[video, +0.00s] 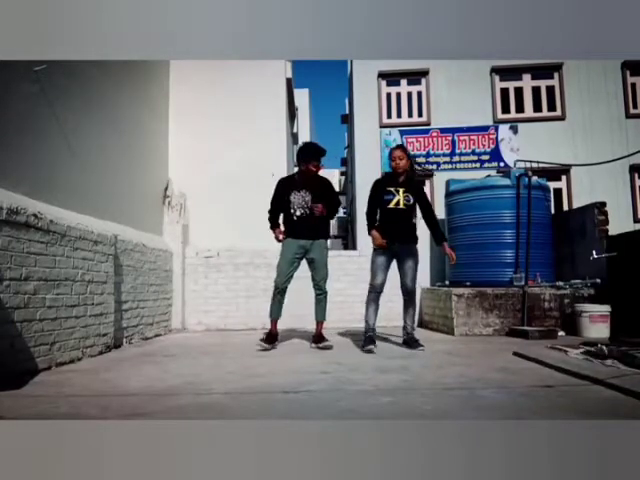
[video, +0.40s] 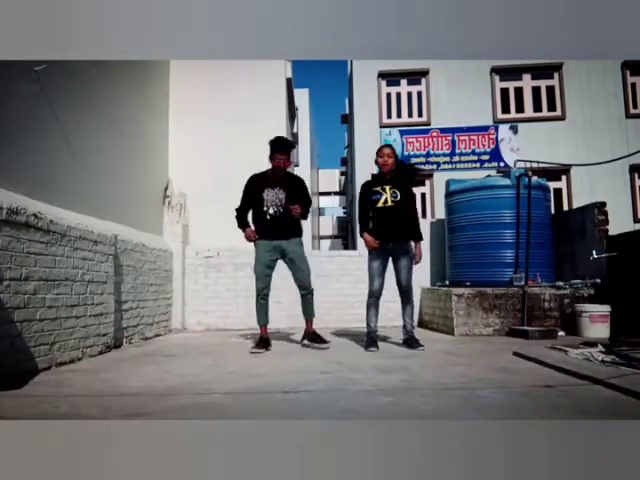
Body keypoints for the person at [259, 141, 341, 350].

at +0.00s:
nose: (320, 166)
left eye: (320, 162)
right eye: (316, 162)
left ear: (315, 162)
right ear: (305, 163)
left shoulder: (324, 183)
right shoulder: (285, 184)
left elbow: (335, 205)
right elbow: (274, 210)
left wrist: (325, 212)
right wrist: (275, 227)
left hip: (318, 241)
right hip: (293, 240)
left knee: (320, 286)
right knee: (280, 284)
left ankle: (319, 331)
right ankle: (273, 330)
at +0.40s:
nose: (281, 162)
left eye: (285, 158)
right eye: (277, 158)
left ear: (289, 159)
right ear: (271, 158)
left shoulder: (296, 182)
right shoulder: (256, 181)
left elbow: (307, 210)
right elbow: (242, 211)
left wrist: (302, 212)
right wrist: (246, 228)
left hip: (292, 241)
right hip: (265, 242)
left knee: (305, 285)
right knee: (262, 288)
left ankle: (310, 330)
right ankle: (264, 335)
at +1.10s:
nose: (267, 153)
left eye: (271, 148)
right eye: (262, 148)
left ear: (278, 147)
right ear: (256, 147)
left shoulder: (288, 172)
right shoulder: (244, 171)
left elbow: (304, 203)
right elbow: (225, 200)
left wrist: (297, 198)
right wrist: (230, 215)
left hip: (277, 235)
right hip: (250, 237)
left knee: (274, 286)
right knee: (250, 286)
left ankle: (271, 340)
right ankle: (259, 329)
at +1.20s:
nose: (266, 153)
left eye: (271, 149)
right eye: (262, 149)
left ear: (277, 146)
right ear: (256, 146)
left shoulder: (289, 169)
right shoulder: (247, 169)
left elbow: (310, 199)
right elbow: (226, 197)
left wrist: (299, 181)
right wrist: (229, 199)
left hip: (278, 235)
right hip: (250, 236)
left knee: (274, 286)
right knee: (239, 284)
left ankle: (271, 342)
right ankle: (256, 323)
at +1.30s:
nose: (265, 152)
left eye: (269, 147)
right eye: (261, 147)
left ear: (277, 144)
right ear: (255, 145)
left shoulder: (289, 167)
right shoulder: (249, 168)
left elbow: (311, 195)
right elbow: (227, 199)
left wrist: (299, 173)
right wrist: (233, 187)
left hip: (278, 235)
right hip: (250, 235)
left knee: (275, 287)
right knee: (233, 284)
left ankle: (270, 343)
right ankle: (253, 322)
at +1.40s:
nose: (266, 150)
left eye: (270, 145)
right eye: (261, 146)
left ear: (275, 142)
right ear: (255, 144)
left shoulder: (289, 164)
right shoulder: (247, 167)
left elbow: (312, 188)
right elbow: (229, 196)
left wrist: (295, 161)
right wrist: (238, 168)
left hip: (279, 233)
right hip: (250, 233)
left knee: (276, 287)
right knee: (231, 282)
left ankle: (270, 343)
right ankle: (249, 329)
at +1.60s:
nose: (264, 142)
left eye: (266, 138)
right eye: (261, 138)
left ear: (269, 137)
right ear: (258, 138)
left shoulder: (287, 160)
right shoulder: (246, 164)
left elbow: (312, 182)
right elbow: (227, 193)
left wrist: (293, 157)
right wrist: (238, 163)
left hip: (284, 231)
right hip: (254, 231)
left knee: (279, 288)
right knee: (247, 286)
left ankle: (271, 343)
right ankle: (239, 345)